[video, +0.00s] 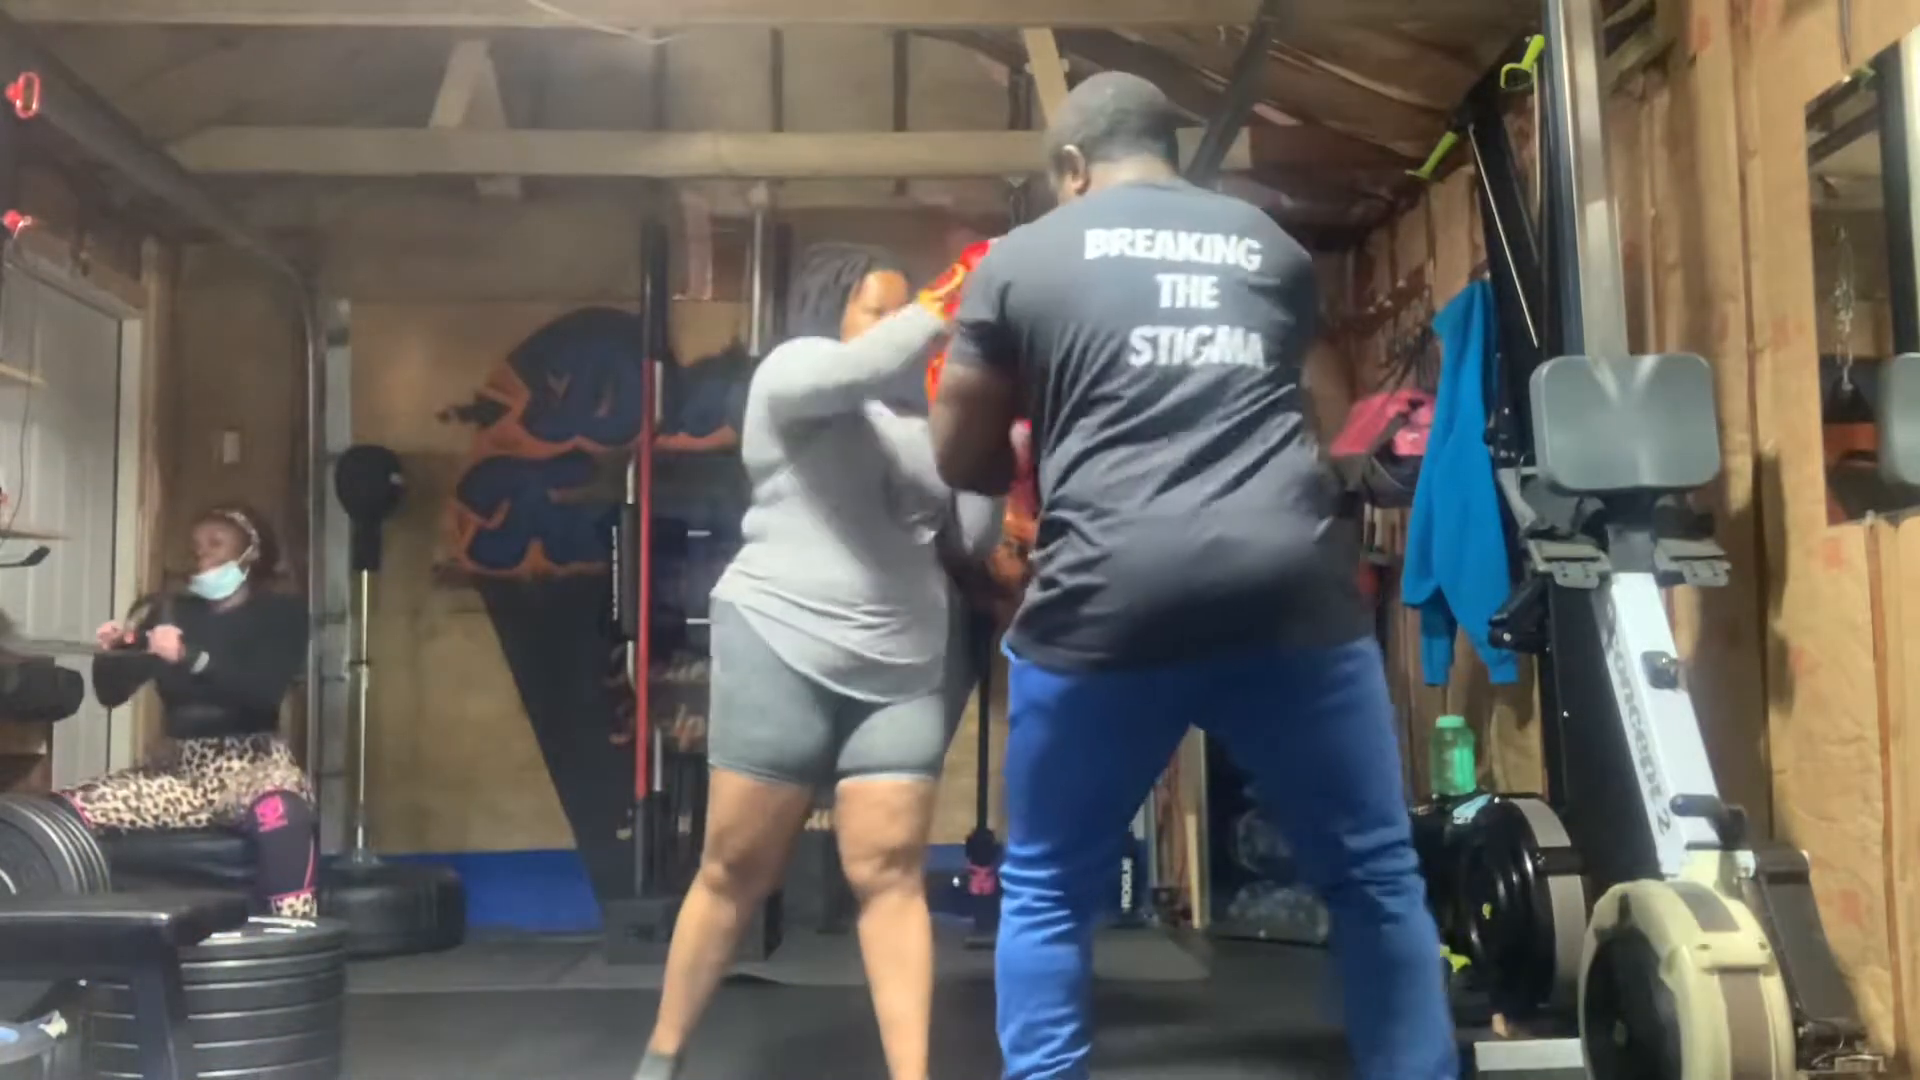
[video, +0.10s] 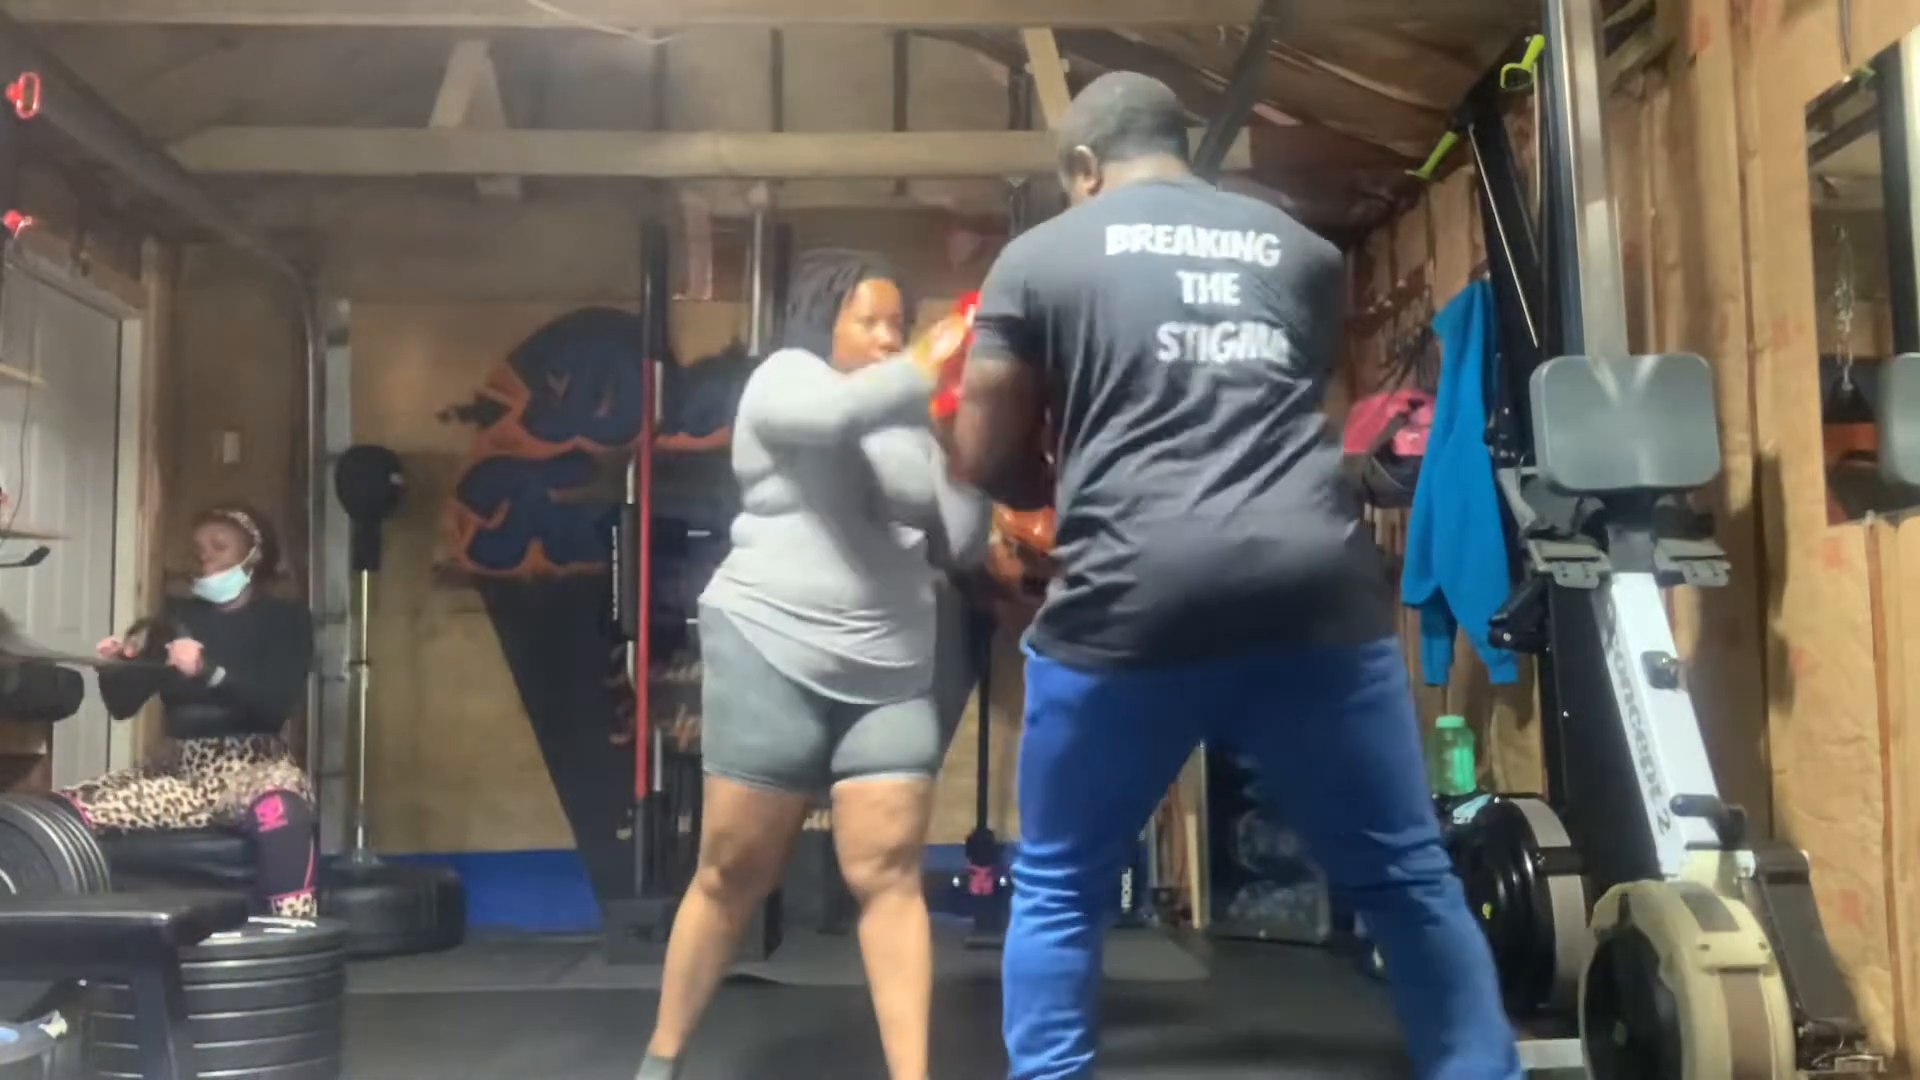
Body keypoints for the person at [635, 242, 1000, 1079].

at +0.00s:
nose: (900, 325)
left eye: (906, 312)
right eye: (880, 309)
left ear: (909, 323)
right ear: (826, 309)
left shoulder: (927, 424)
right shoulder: (787, 373)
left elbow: (973, 540)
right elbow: (868, 366)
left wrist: (1001, 452)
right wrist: (947, 301)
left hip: (904, 665)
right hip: (779, 641)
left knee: (890, 871)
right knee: (731, 870)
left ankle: (911, 1073)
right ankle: (661, 1056)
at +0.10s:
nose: (890, 340)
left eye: (898, 326)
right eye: (871, 323)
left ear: (905, 334)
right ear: (819, 321)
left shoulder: (913, 414)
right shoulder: (780, 377)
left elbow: (960, 546)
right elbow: (835, 413)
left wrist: (970, 434)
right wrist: (931, 361)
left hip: (896, 663)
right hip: (770, 642)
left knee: (890, 870)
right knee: (729, 873)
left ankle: (912, 1073)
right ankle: (662, 1057)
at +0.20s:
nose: (876, 343)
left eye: (887, 329)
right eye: (858, 326)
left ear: (897, 340)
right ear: (809, 330)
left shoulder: (908, 427)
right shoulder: (761, 399)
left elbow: (945, 561)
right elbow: (762, 494)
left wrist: (961, 474)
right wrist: (876, 443)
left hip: (877, 666)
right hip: (750, 647)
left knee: (883, 871)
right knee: (721, 879)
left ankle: (911, 1073)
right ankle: (660, 1061)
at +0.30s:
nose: (856, 350)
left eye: (867, 336)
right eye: (839, 331)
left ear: (876, 348)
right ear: (789, 334)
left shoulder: (887, 435)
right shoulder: (731, 416)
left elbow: (921, 573)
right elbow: (715, 534)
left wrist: (936, 507)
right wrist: (807, 481)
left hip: (857, 680)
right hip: (725, 669)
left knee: (879, 875)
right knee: (708, 883)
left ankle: (908, 1074)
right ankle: (666, 1064)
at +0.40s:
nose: (841, 358)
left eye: (850, 345)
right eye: (824, 339)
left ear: (857, 356)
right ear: (773, 341)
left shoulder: (860, 445)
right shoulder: (711, 431)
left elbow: (894, 582)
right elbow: (672, 557)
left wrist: (903, 525)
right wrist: (769, 505)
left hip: (843, 687)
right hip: (713, 683)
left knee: (874, 869)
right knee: (702, 888)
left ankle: (902, 1072)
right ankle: (667, 1066)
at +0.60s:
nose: (844, 382)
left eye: (851, 368)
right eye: (827, 363)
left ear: (857, 378)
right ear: (774, 365)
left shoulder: (866, 471)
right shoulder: (707, 460)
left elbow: (915, 600)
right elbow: (666, 589)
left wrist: (914, 513)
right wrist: (755, 536)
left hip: (860, 703)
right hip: (722, 704)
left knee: (923, 864)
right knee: (697, 906)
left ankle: (925, 1066)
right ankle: (667, 1072)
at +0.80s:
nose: (922, 374)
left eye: (929, 360)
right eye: (904, 356)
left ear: (938, 376)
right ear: (851, 364)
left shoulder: (951, 466)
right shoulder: (798, 437)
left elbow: (1014, 566)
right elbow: (800, 486)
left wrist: (1009, 460)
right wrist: (910, 413)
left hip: (929, 706)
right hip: (790, 697)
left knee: (999, 889)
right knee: (738, 917)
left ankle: (1089, 1059)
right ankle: (664, 1068)